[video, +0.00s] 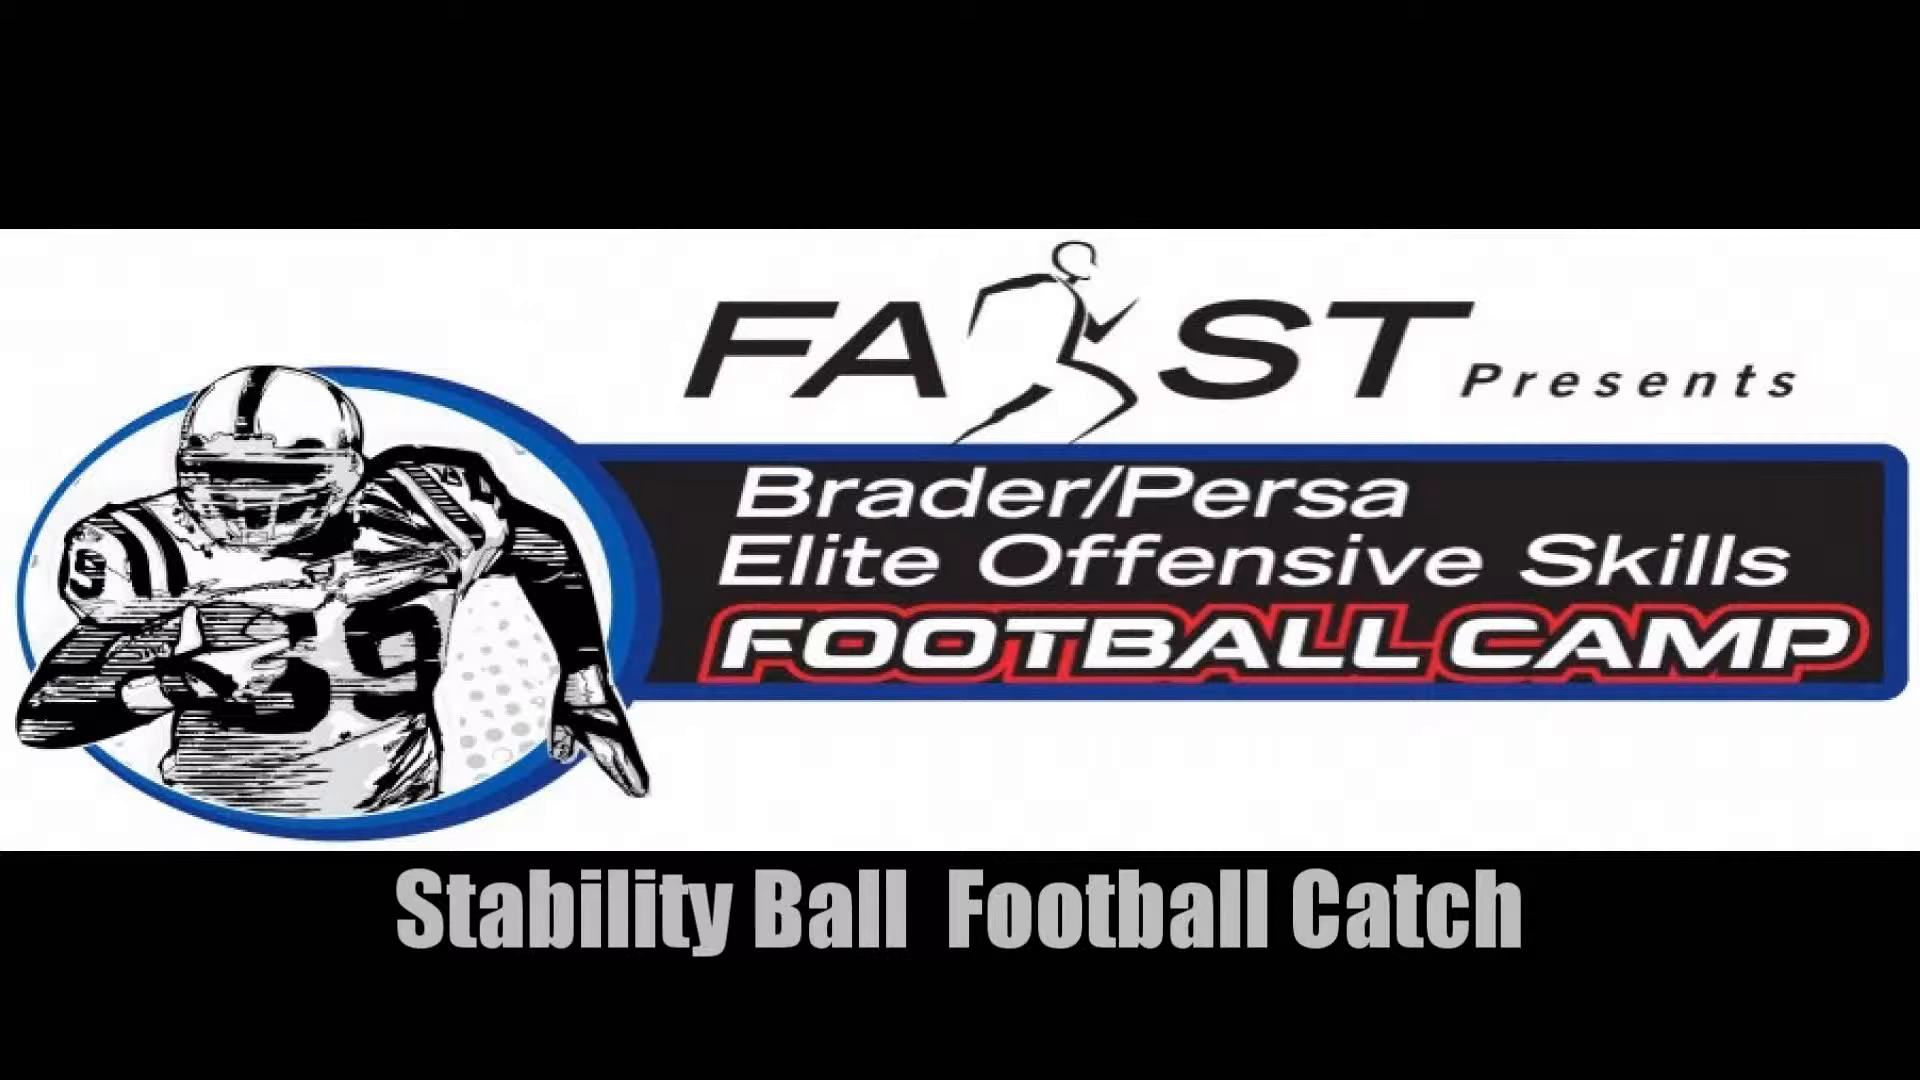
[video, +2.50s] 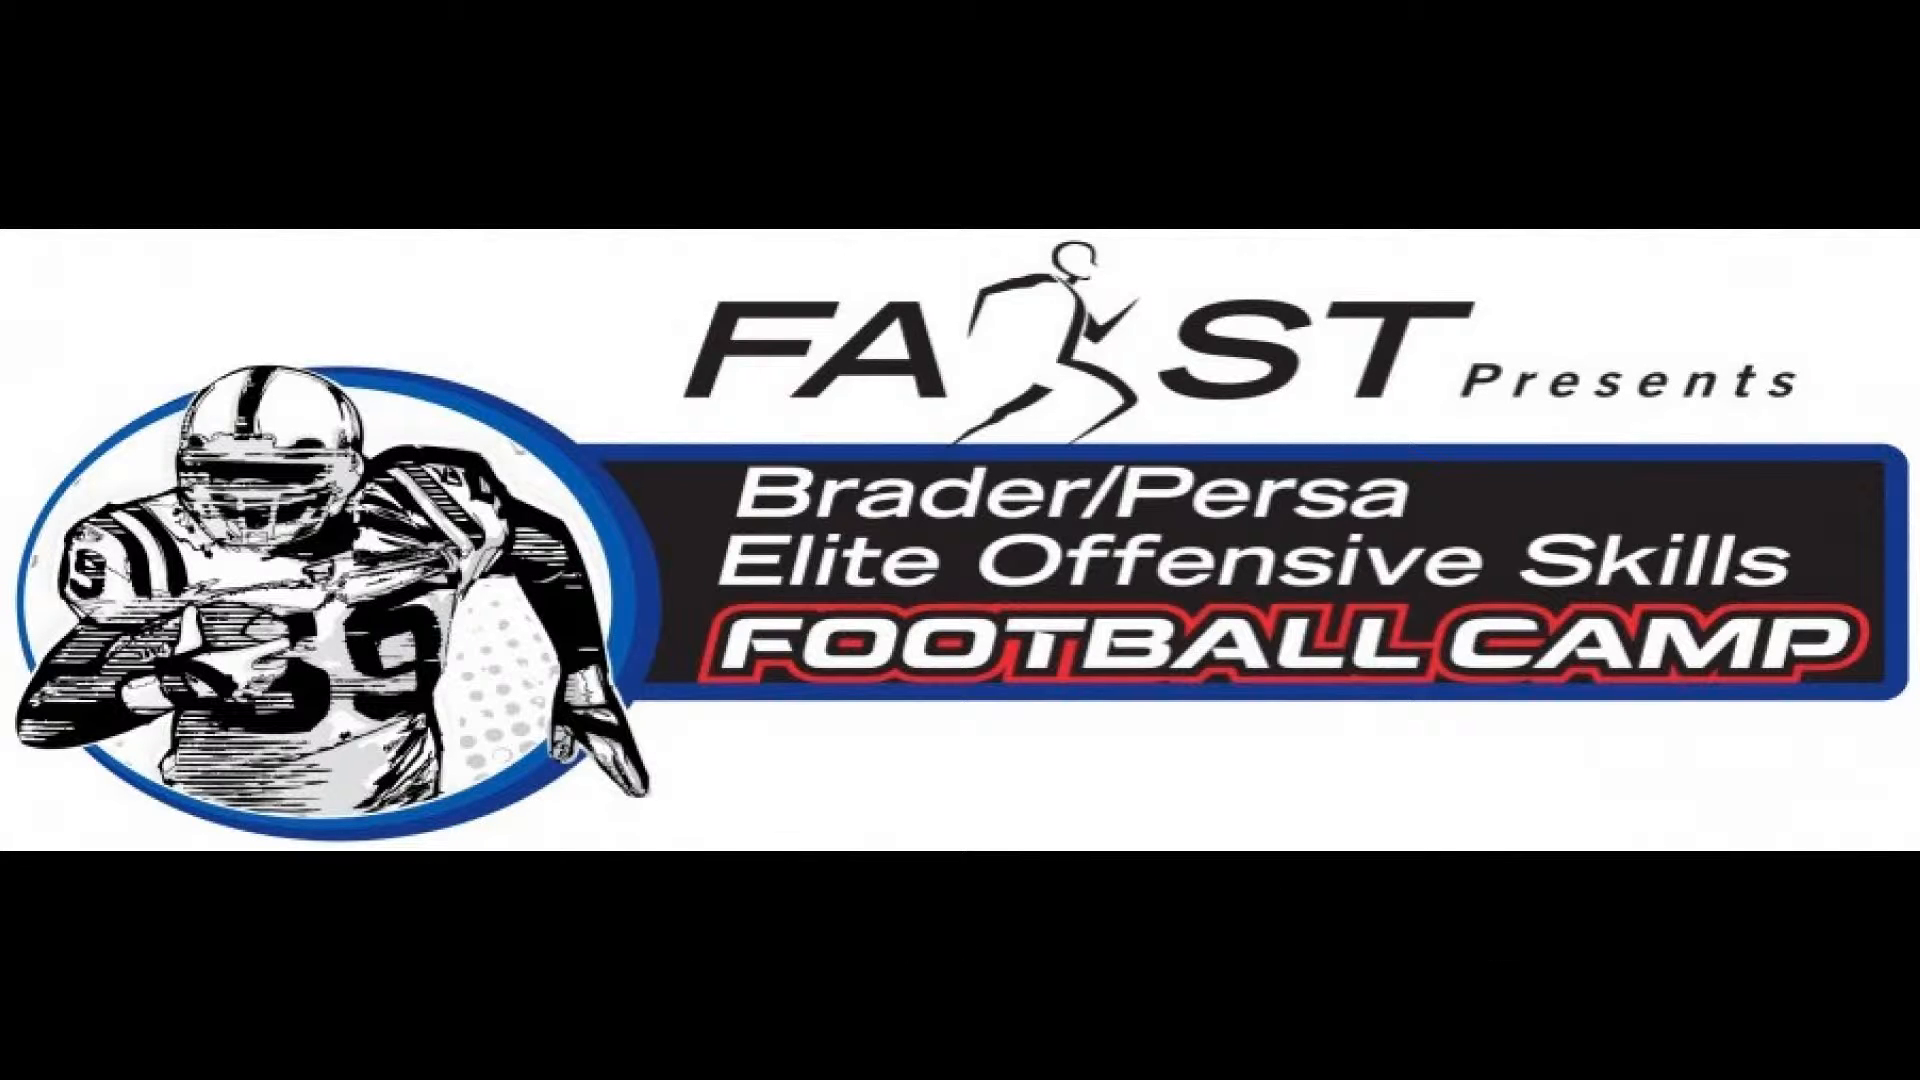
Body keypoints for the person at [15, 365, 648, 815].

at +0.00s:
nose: (252, 515)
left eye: (279, 493)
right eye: (230, 492)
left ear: (336, 480)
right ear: (194, 479)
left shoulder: (423, 508)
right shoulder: (141, 548)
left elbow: (546, 548)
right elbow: (43, 716)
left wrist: (585, 672)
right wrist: (174, 683)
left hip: (386, 812)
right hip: (219, 816)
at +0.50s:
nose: (253, 515)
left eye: (280, 493)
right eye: (230, 493)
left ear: (336, 479)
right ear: (195, 479)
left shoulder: (423, 508)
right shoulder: (140, 549)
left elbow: (546, 548)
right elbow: (43, 716)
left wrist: (585, 672)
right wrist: (172, 683)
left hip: (387, 812)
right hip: (219, 816)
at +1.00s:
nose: (248, 518)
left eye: (277, 496)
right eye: (227, 494)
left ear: (336, 482)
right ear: (194, 480)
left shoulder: (427, 510)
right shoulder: (140, 549)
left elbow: (544, 546)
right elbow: (43, 716)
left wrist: (585, 670)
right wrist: (178, 682)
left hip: (388, 811)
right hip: (219, 815)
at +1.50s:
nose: (248, 518)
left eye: (277, 496)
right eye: (227, 494)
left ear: (336, 482)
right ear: (194, 480)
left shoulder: (427, 510)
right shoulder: (140, 549)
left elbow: (544, 546)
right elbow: (43, 716)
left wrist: (585, 670)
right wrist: (178, 683)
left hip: (388, 811)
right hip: (219, 815)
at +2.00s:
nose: (252, 515)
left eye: (280, 494)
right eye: (229, 492)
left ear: (336, 480)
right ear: (194, 479)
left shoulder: (425, 508)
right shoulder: (142, 549)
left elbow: (546, 548)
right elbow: (43, 716)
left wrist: (585, 671)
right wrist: (175, 683)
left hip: (386, 814)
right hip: (218, 816)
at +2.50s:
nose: (252, 515)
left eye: (280, 493)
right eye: (229, 492)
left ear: (336, 480)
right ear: (194, 479)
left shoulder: (426, 508)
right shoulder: (142, 549)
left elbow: (546, 548)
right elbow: (43, 716)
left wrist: (585, 671)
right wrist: (175, 683)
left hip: (387, 812)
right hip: (218, 815)